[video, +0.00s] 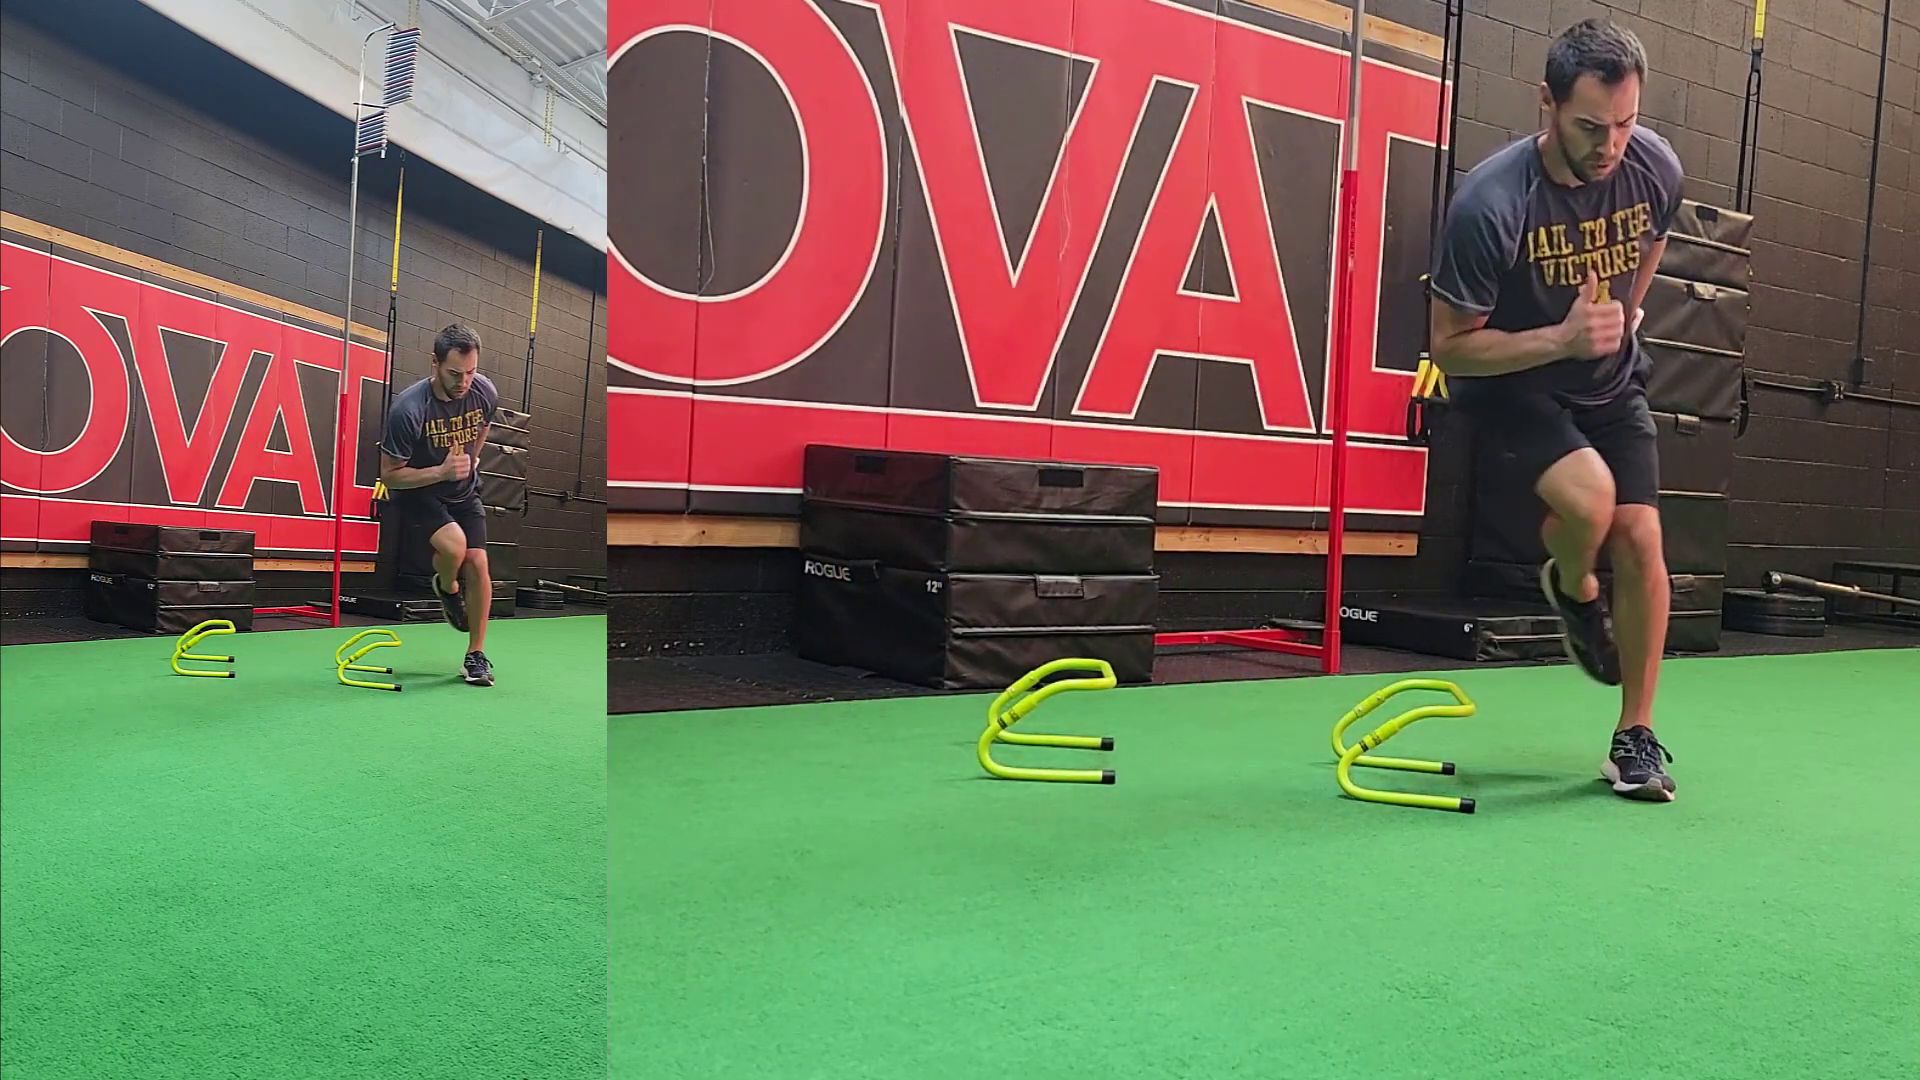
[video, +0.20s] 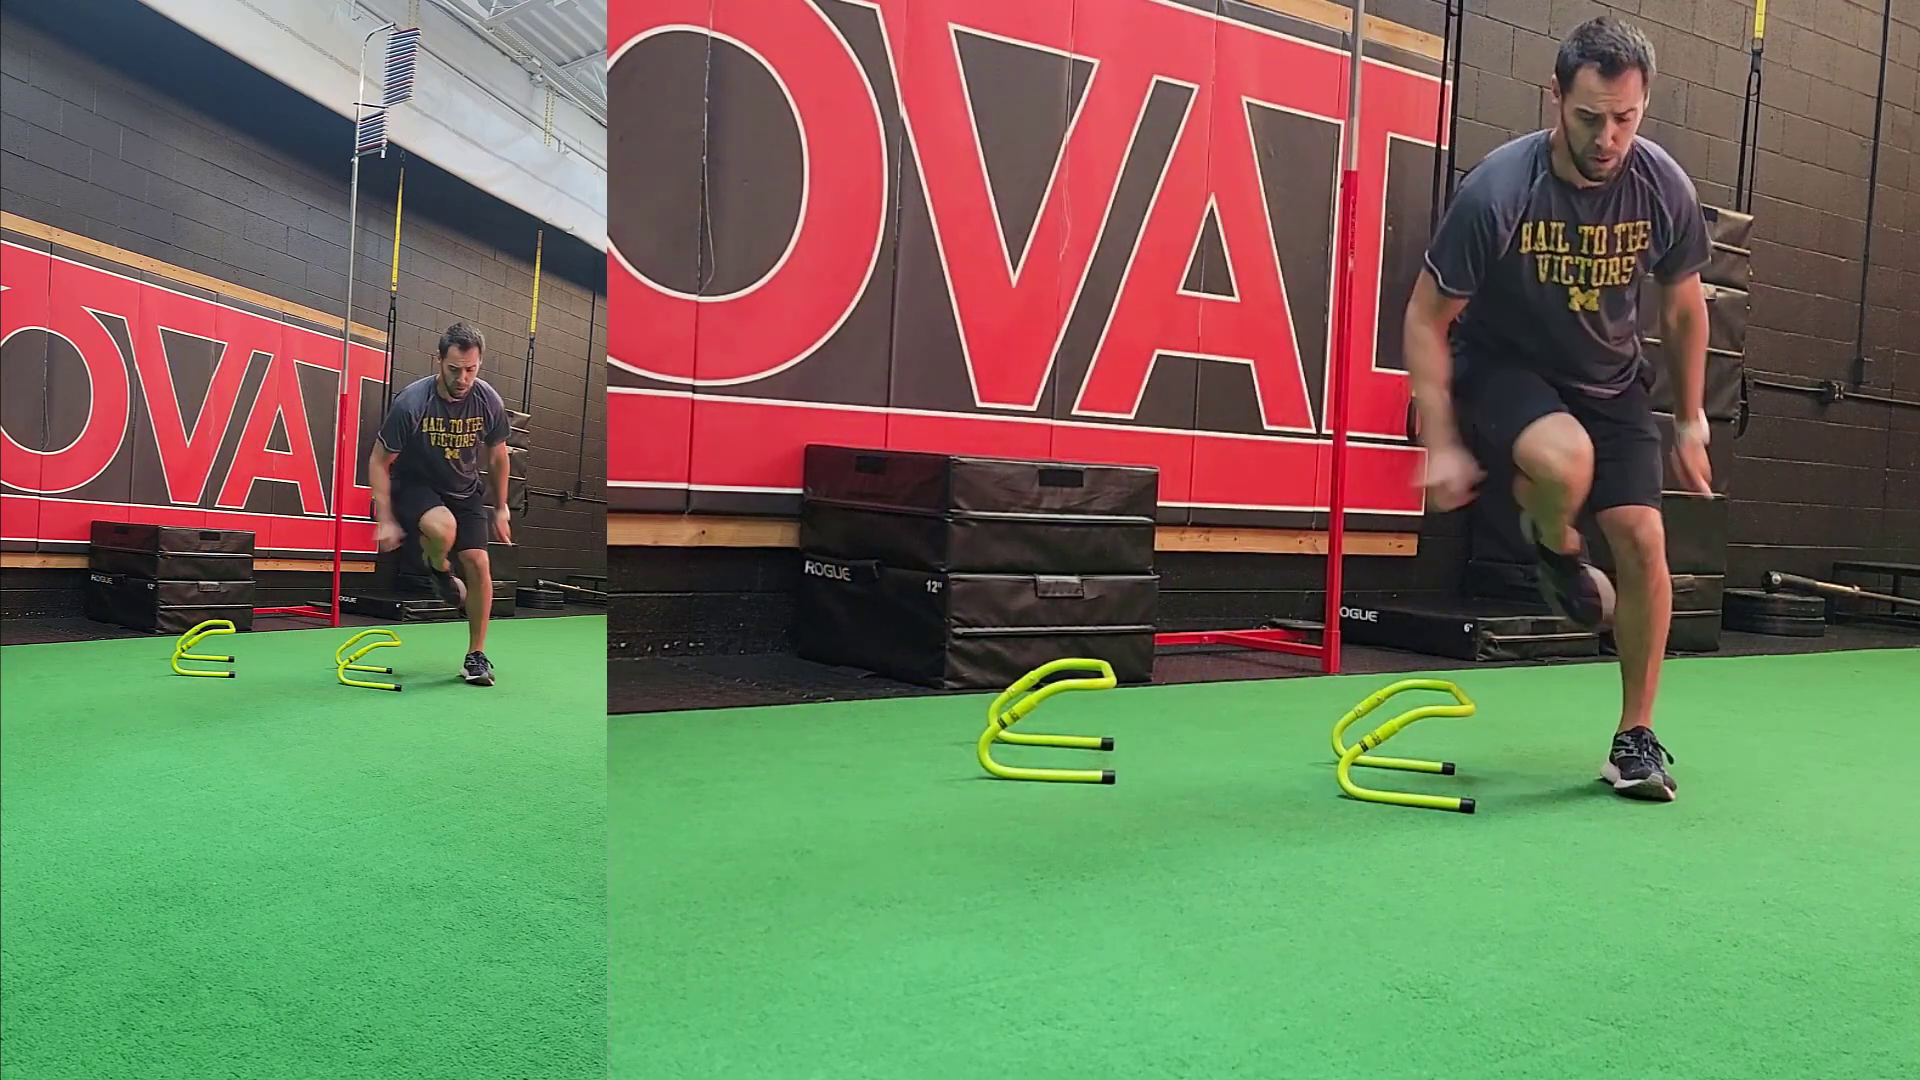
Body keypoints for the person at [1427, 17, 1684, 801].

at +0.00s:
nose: (1609, 147)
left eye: (1623, 126)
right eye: (1591, 128)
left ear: (1636, 109)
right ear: (1547, 107)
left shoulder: (1655, 169)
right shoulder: (1486, 202)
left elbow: (1653, 241)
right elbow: (1449, 348)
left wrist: (1626, 315)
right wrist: (1559, 339)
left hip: (1611, 378)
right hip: (1510, 385)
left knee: (1640, 536)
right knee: (1591, 499)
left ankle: (1635, 733)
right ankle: (1574, 590)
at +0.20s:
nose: (1606, 139)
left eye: (1623, 119)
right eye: (1590, 118)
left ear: (1642, 107)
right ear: (1555, 100)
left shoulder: (1666, 188)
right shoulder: (1495, 192)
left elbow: (1685, 300)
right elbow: (1427, 317)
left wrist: (1692, 417)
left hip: (1611, 381)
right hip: (1506, 366)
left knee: (1640, 535)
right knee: (1563, 461)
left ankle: (1636, 734)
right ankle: (1559, 554)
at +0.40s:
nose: (1538, 78)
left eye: (1556, 59)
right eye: (1524, 56)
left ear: (1593, 49)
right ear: (1505, 44)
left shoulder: (1627, 145)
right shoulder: (1450, 141)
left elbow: (1658, 301)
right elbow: (1341, 216)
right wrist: (1268, 292)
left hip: (1563, 373)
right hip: (1454, 347)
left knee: (1609, 536)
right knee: (1433, 466)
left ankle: (1633, 734)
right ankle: (1337, 565)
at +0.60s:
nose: (1403, 18)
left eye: (1420, 3)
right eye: (1388, 3)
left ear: (1447, 6)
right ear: (1365, 6)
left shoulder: (1489, 81)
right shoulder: (1313, 100)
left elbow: (1515, 195)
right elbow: (1272, 229)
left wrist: (1524, 314)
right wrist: (1266, 354)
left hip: (1452, 310)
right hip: (1337, 313)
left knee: (1483, 451)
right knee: (1310, 513)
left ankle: (1508, 559)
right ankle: (1277, 695)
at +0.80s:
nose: (1294, 12)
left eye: (1309, 4)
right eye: (1281, 3)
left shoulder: (1393, 61)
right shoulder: (1210, 55)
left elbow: (1423, 169)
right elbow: (1173, 174)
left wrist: (1427, 280)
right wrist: (1207, 229)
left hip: (1332, 283)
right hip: (1235, 281)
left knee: (1308, 436)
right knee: (1224, 461)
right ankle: (1251, 643)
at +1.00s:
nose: (1172, 10)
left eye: (1191, 0)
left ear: (1227, 2)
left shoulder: (1276, 83)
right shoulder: (1098, 64)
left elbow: (1324, 219)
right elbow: (1064, 175)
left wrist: (1307, 339)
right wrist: (1038, 278)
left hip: (1224, 304)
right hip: (1119, 279)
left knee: (1234, 495)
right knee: (1040, 392)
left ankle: (1278, 705)